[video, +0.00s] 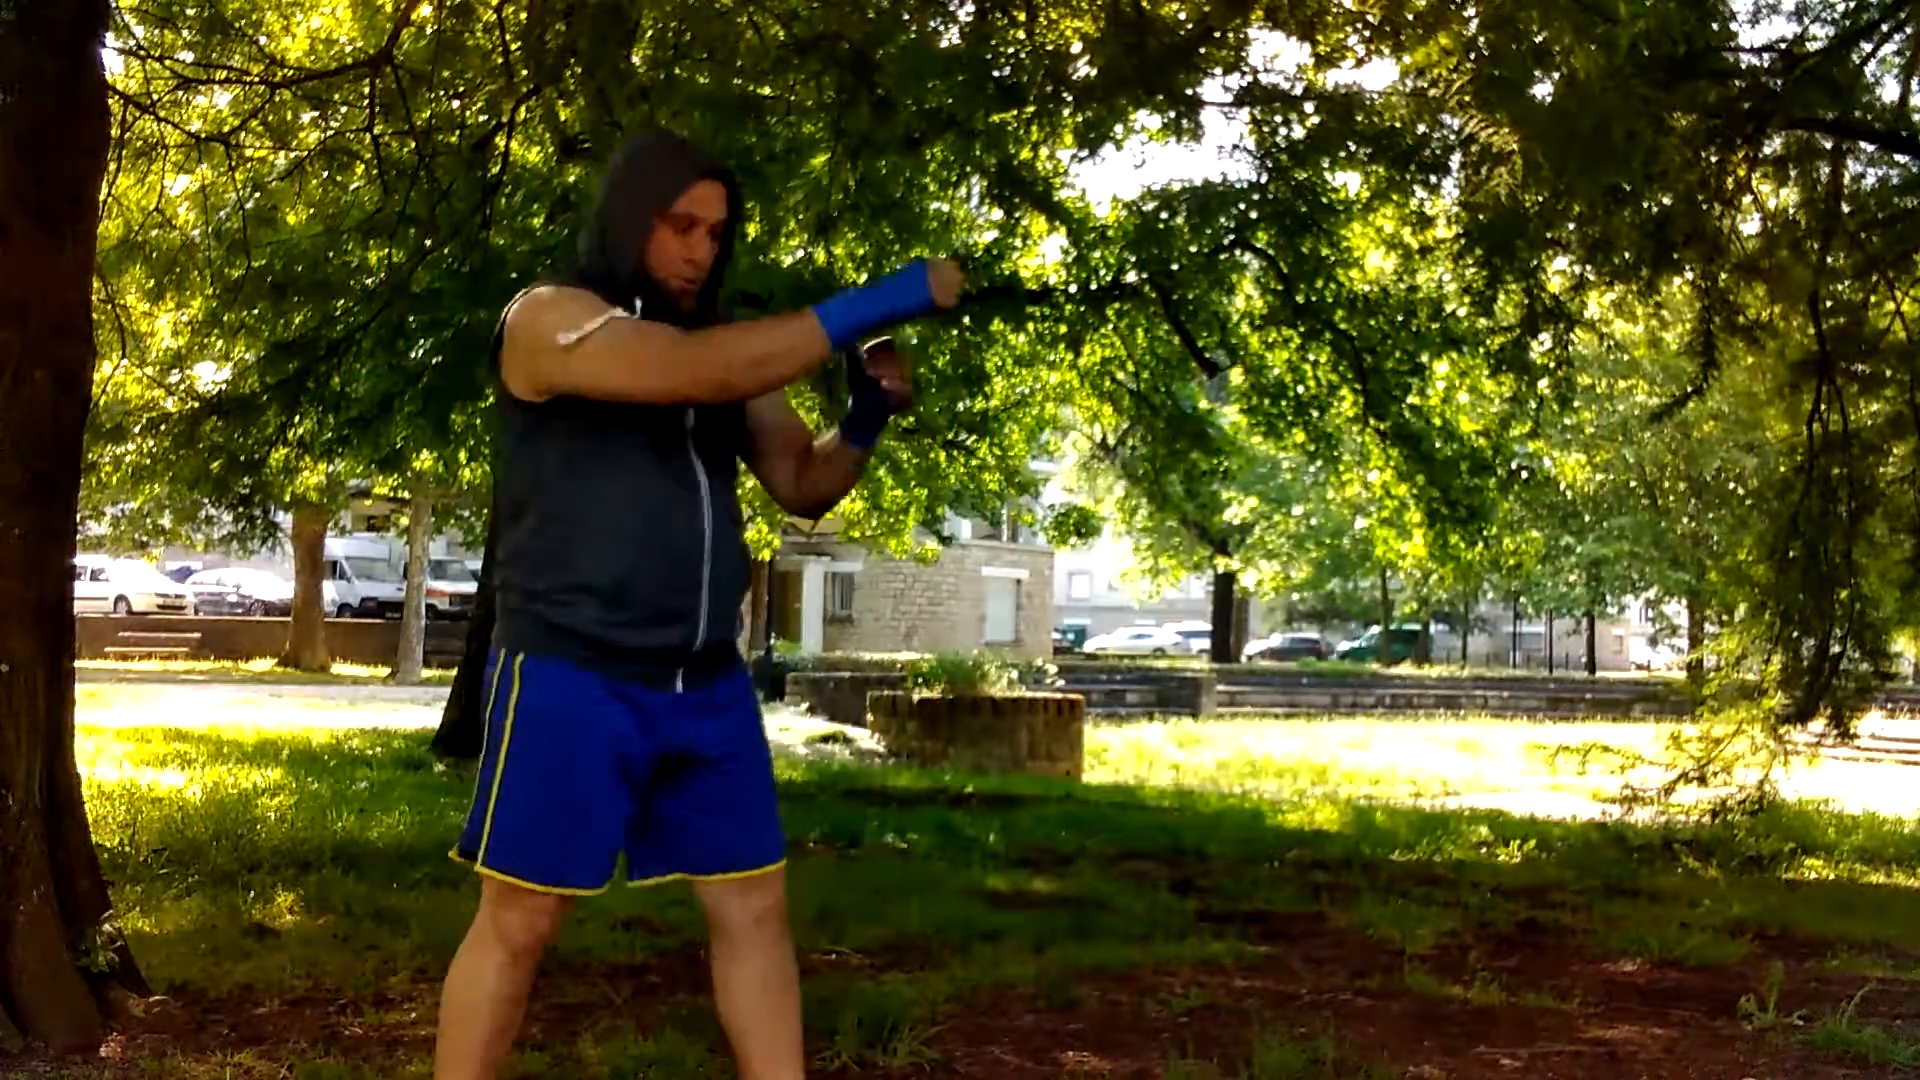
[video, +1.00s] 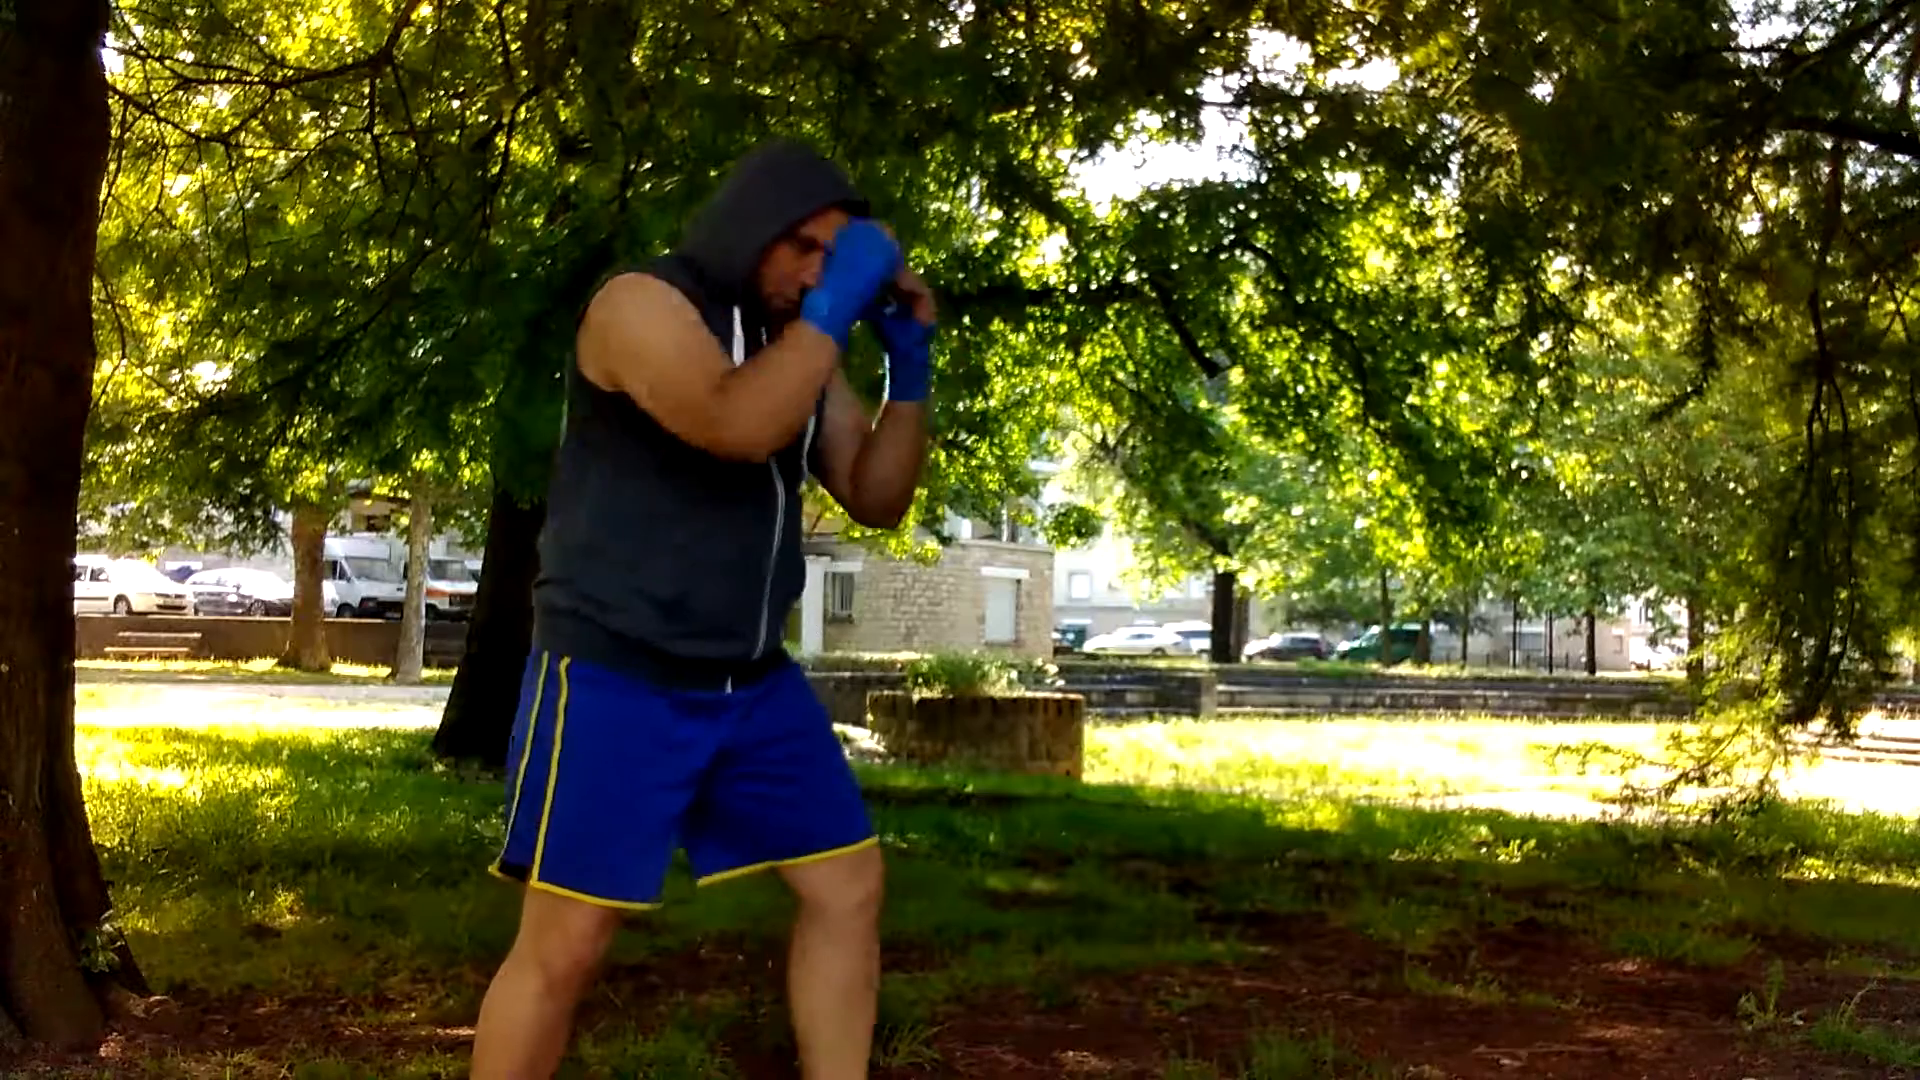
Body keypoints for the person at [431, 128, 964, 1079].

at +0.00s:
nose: (701, 249)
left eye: (715, 232)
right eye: (682, 225)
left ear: (724, 240)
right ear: (626, 218)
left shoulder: (720, 353)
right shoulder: (544, 320)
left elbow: (803, 484)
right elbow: (700, 365)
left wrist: (869, 409)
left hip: (707, 679)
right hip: (566, 671)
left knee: (752, 907)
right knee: (519, 921)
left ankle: (779, 1078)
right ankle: (460, 1075)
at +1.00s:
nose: (818, 277)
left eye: (831, 259)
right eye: (804, 248)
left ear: (837, 262)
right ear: (746, 231)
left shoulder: (796, 352)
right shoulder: (634, 305)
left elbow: (876, 498)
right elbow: (739, 424)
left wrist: (910, 363)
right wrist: (836, 306)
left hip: (750, 677)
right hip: (611, 675)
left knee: (845, 880)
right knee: (563, 943)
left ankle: (837, 1074)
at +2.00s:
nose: (813, 236)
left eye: (832, 217)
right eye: (793, 205)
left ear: (844, 230)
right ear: (731, 196)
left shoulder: (847, 333)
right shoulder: (620, 316)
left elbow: (927, 527)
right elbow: (633, 510)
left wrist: (953, 391)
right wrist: (804, 436)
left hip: (815, 705)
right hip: (644, 707)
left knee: (925, 935)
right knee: (563, 986)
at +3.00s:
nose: (912, 228)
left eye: (928, 208)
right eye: (890, 196)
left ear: (936, 223)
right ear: (824, 190)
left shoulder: (900, 340)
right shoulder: (695, 288)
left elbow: (940, 544)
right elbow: (714, 484)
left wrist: (999, 396)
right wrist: (894, 374)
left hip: (831, 706)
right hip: (662, 705)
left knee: (930, 953)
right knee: (566, 992)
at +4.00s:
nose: (774, 241)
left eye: (791, 221)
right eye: (750, 213)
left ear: (805, 223)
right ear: (686, 209)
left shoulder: (794, 328)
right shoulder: (586, 271)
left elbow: (862, 511)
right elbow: (785, 287)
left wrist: (856, 318)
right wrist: (998, 200)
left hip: (766, 708)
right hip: (594, 705)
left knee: (864, 957)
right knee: (540, 996)